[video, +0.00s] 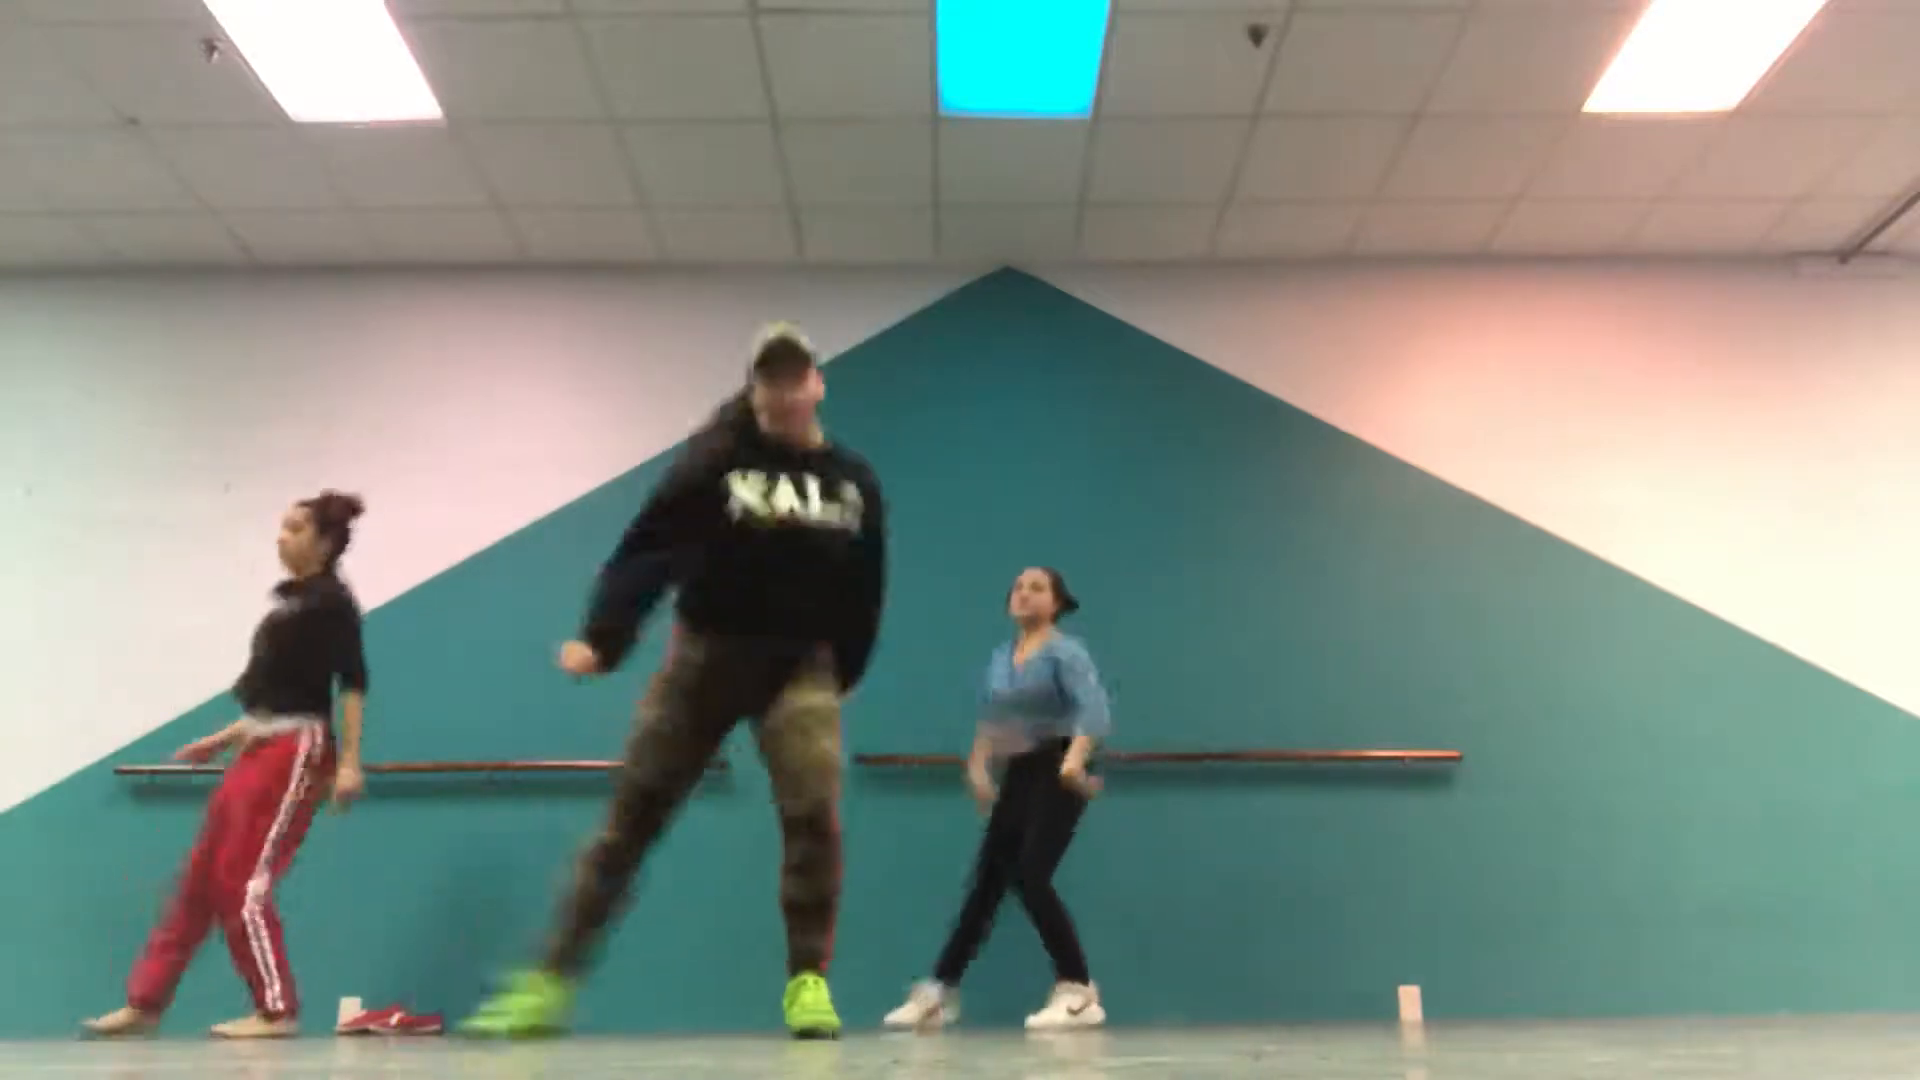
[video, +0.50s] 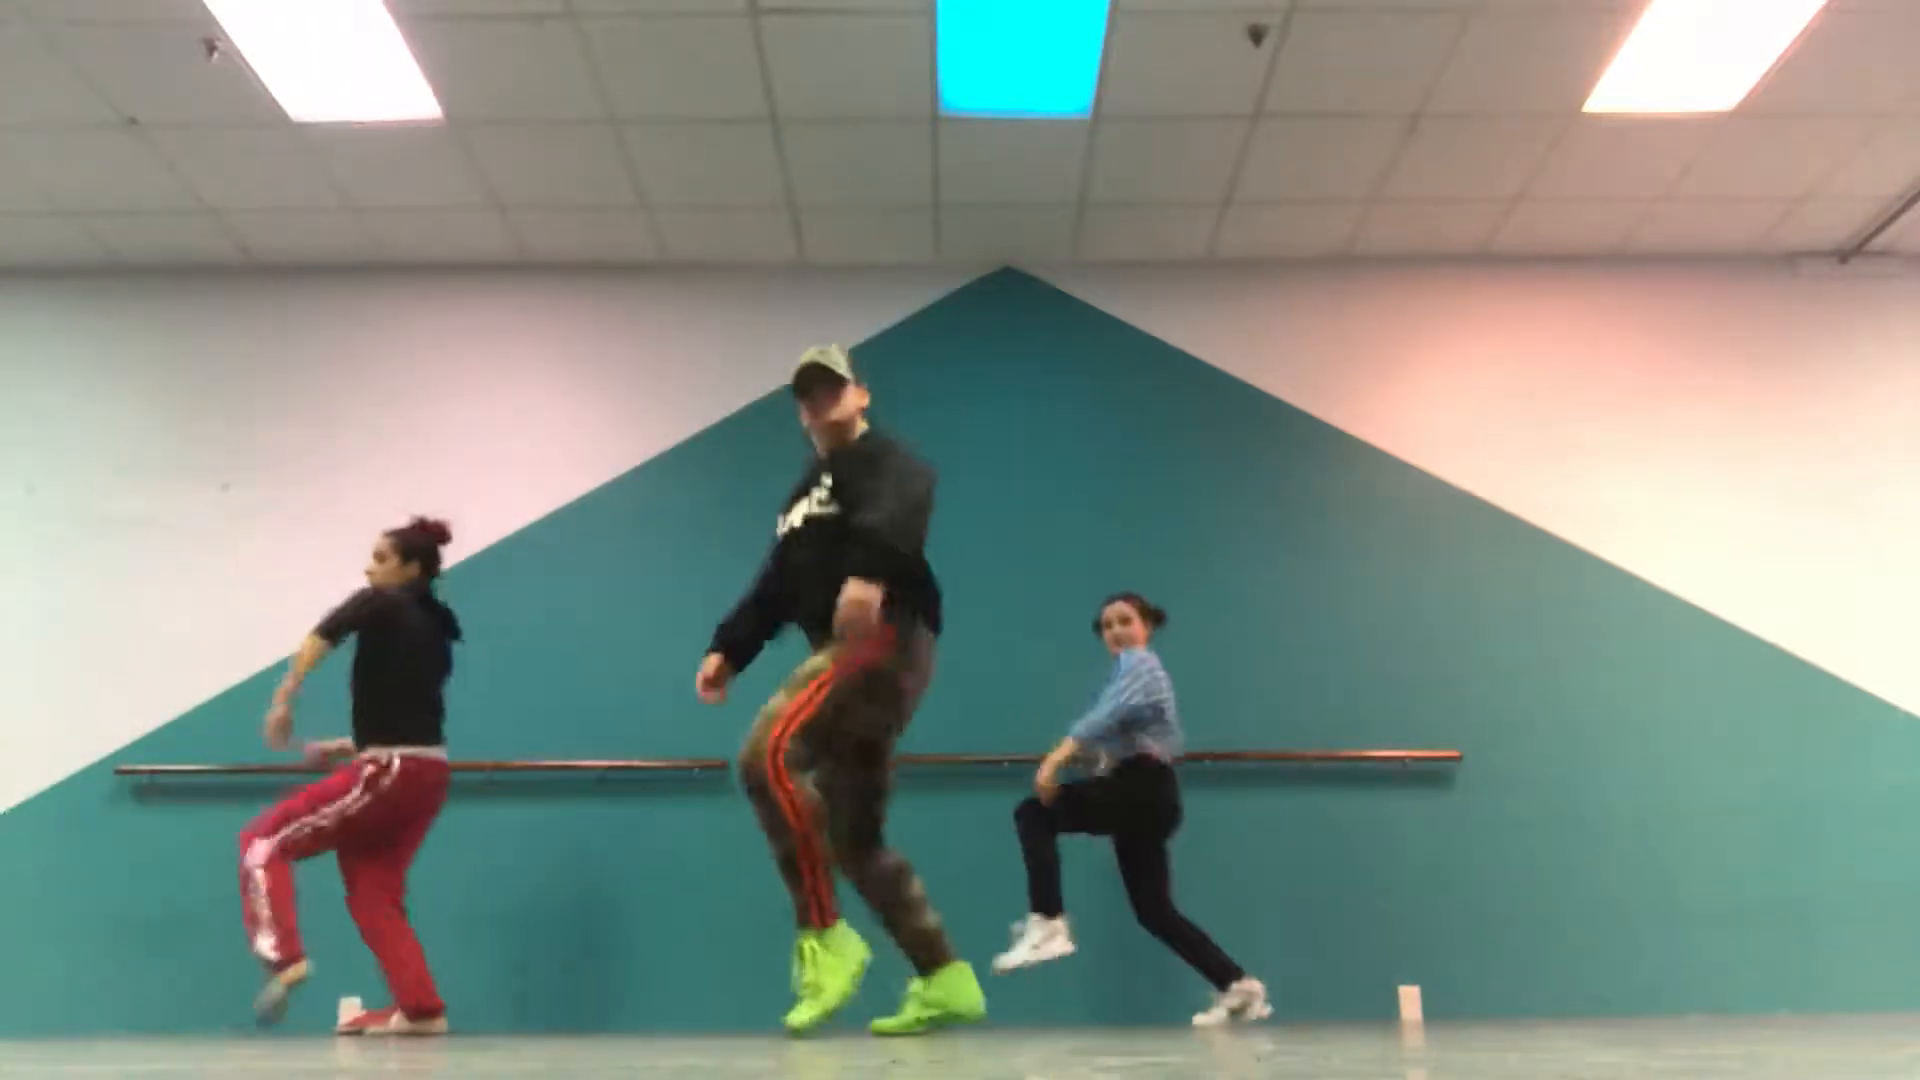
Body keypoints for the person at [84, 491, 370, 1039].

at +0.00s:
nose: (282, 536)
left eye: (294, 529)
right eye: (283, 527)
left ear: (325, 542)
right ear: (300, 539)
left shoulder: (334, 602)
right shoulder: (288, 600)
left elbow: (353, 685)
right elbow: (274, 699)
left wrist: (349, 763)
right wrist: (224, 739)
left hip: (299, 746)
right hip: (258, 745)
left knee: (243, 879)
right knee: (205, 874)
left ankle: (276, 1011)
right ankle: (145, 1003)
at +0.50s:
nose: (370, 567)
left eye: (381, 560)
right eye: (373, 558)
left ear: (413, 568)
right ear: (414, 570)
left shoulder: (380, 602)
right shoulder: (431, 619)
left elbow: (318, 641)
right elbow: (413, 717)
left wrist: (283, 701)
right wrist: (346, 746)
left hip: (389, 770)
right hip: (426, 772)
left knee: (263, 839)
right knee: (373, 899)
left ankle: (283, 959)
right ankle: (420, 1009)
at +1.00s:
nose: (412, 553)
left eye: (423, 543)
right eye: (414, 541)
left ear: (455, 554)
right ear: (454, 556)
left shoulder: (447, 602)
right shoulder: (465, 602)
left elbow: (427, 677)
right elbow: (451, 681)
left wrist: (355, 705)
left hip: (431, 749)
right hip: (465, 752)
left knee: (336, 853)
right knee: (444, 881)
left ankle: (273, 991)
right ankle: (516, 990)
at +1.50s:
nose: (316, 535)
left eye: (325, 526)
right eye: (318, 525)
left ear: (357, 531)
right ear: (365, 534)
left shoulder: (336, 574)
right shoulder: (392, 584)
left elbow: (275, 615)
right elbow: (406, 664)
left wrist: (226, 669)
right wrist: (401, 733)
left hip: (337, 727)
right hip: (362, 730)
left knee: (350, 859)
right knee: (241, 829)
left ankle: (411, 997)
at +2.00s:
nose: (184, 579)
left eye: (194, 566)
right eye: (179, 567)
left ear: (227, 563)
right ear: (178, 570)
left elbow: (327, 684)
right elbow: (181, 716)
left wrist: (313, 745)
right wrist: (189, 775)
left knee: (282, 879)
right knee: (121, 874)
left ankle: (290, 995)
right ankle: (139, 1012)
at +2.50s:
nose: (318, 533)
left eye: (316, 524)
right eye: (307, 522)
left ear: (280, 532)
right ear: (274, 529)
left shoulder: (283, 588)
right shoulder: (263, 581)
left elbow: (298, 675)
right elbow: (281, 676)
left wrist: (323, 713)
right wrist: (325, 719)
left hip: (259, 751)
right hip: (224, 744)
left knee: (289, 876)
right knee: (214, 873)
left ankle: (233, 1009)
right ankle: (141, 1013)